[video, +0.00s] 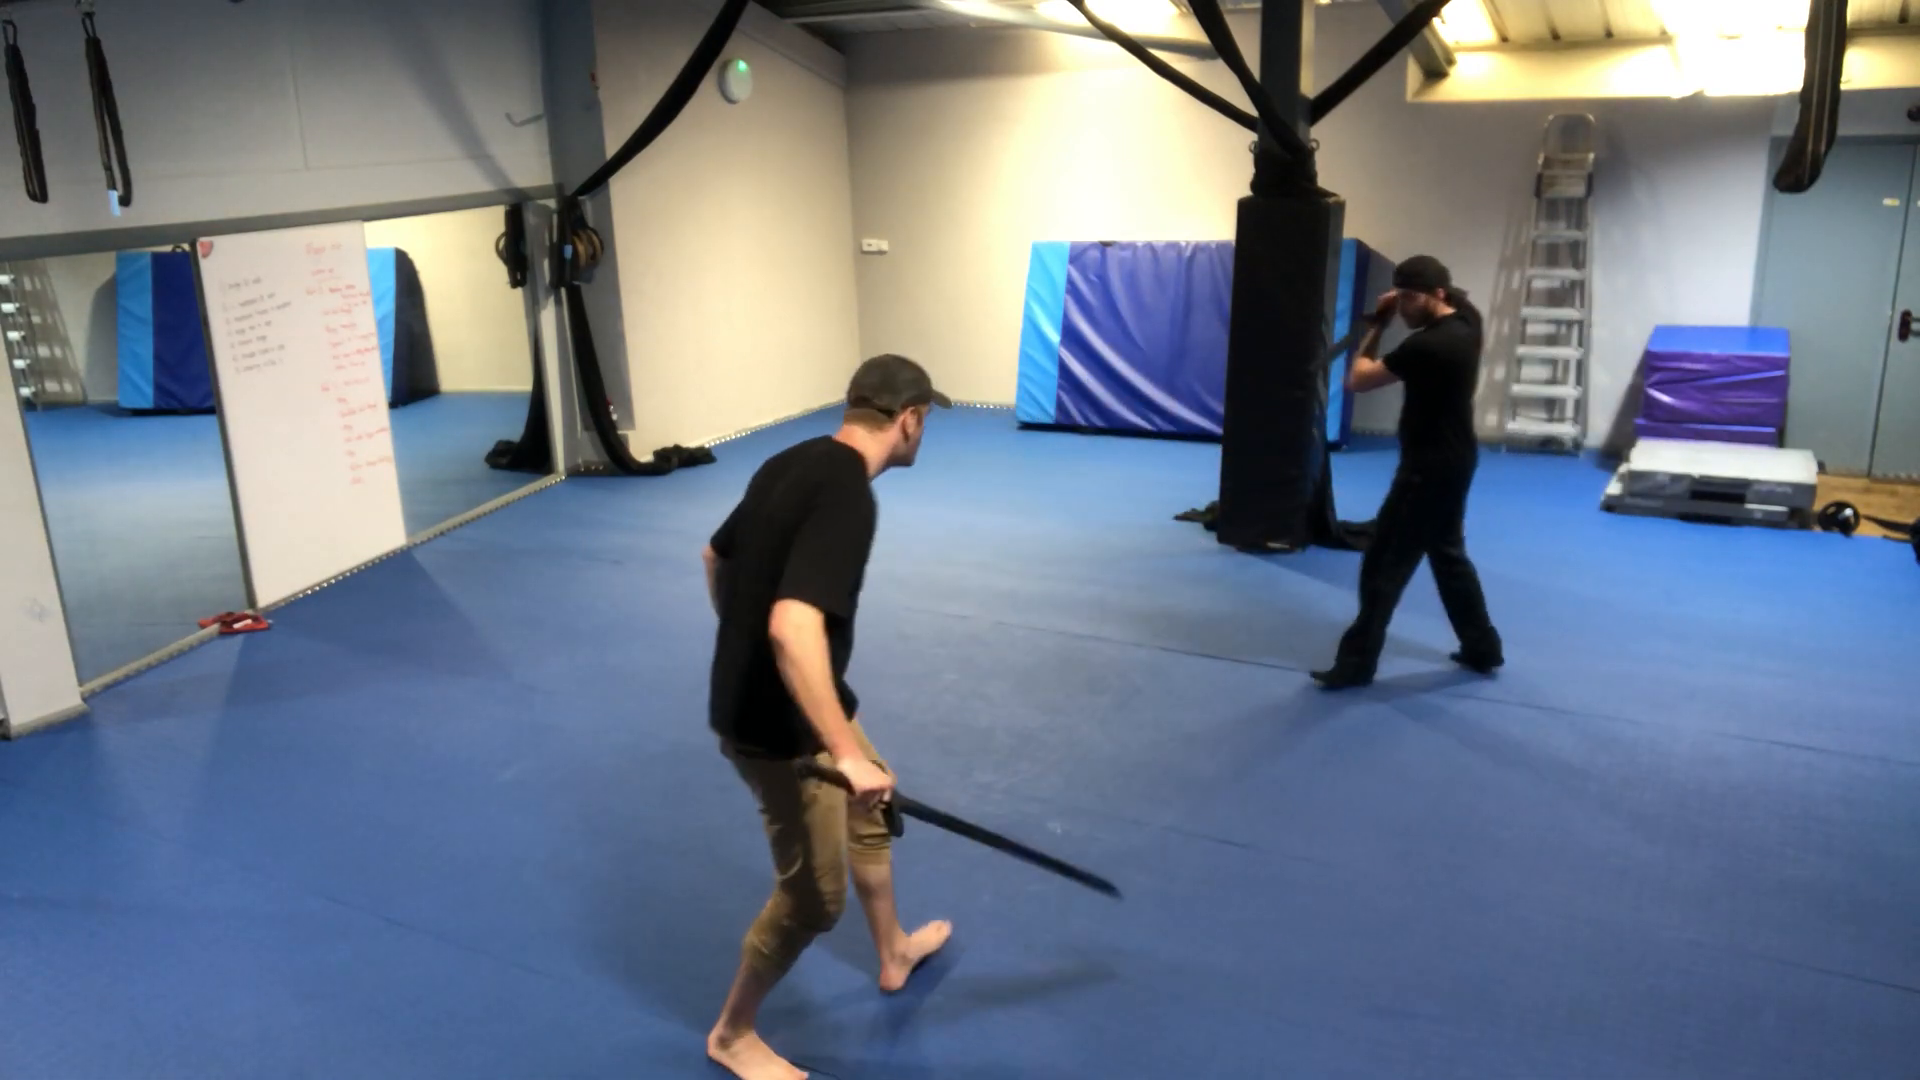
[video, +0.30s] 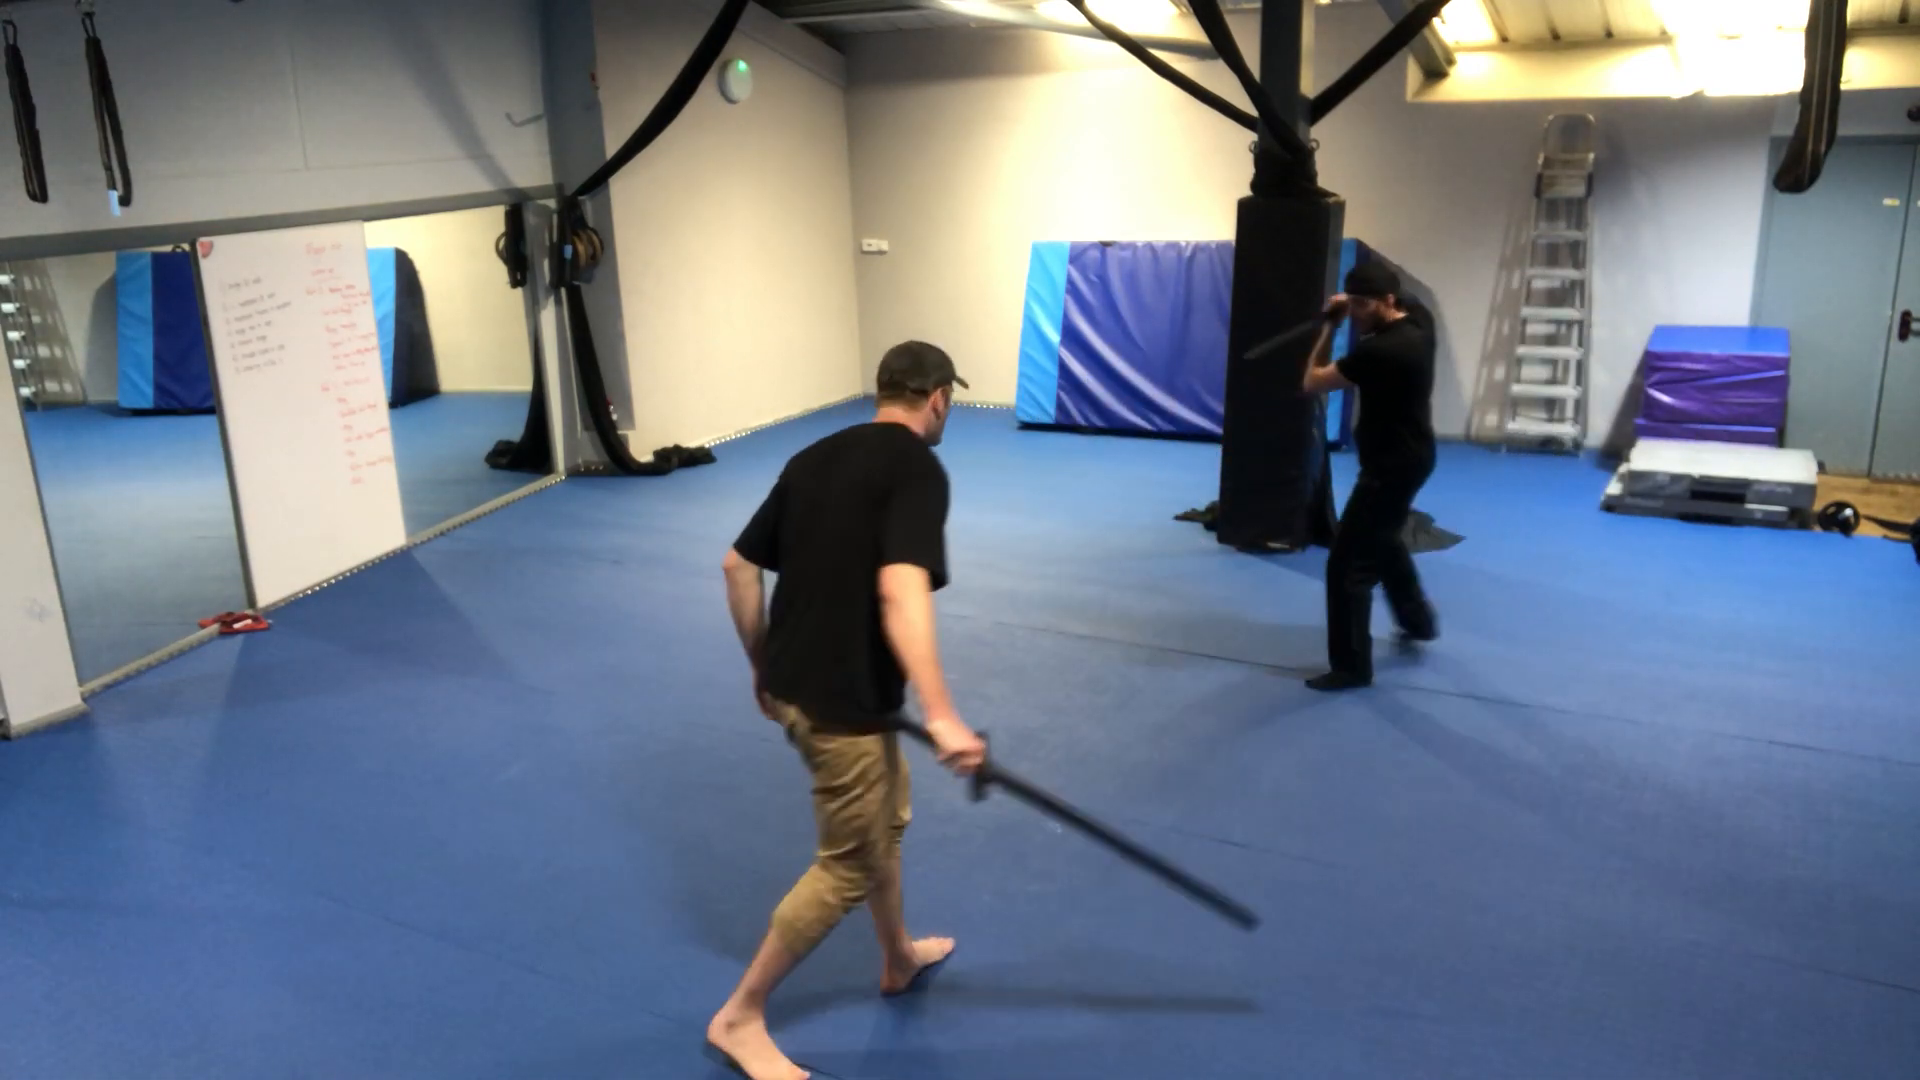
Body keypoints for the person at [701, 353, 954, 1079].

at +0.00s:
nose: (923, 435)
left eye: (925, 422)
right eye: (925, 421)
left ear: (854, 407)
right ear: (906, 418)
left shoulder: (790, 464)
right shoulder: (845, 493)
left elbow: (718, 554)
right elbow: (792, 626)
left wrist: (755, 644)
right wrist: (851, 758)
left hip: (772, 706)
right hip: (781, 732)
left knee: (873, 796)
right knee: (812, 898)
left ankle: (893, 951)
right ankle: (731, 1033)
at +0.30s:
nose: (947, 416)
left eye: (947, 404)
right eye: (949, 404)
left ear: (880, 394)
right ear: (935, 400)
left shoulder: (815, 458)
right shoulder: (916, 468)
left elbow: (740, 563)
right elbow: (901, 588)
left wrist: (761, 665)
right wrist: (941, 715)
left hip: (796, 685)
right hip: (848, 695)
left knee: (884, 816)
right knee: (847, 865)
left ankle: (898, 954)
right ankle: (740, 1015)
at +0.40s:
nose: (955, 411)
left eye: (952, 400)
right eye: (955, 400)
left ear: (888, 391)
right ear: (941, 396)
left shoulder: (820, 454)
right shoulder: (930, 461)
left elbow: (751, 563)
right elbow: (933, 583)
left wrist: (777, 661)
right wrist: (983, 704)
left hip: (806, 686)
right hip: (867, 696)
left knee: (879, 823)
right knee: (876, 861)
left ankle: (897, 952)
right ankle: (751, 1000)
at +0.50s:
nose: (960, 410)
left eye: (959, 399)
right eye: (960, 399)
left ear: (890, 390)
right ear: (948, 395)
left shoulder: (826, 454)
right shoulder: (938, 458)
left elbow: (763, 565)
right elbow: (952, 584)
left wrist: (798, 644)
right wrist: (1010, 696)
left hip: (813, 679)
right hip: (878, 690)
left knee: (886, 824)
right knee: (907, 856)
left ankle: (900, 956)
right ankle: (777, 1001)